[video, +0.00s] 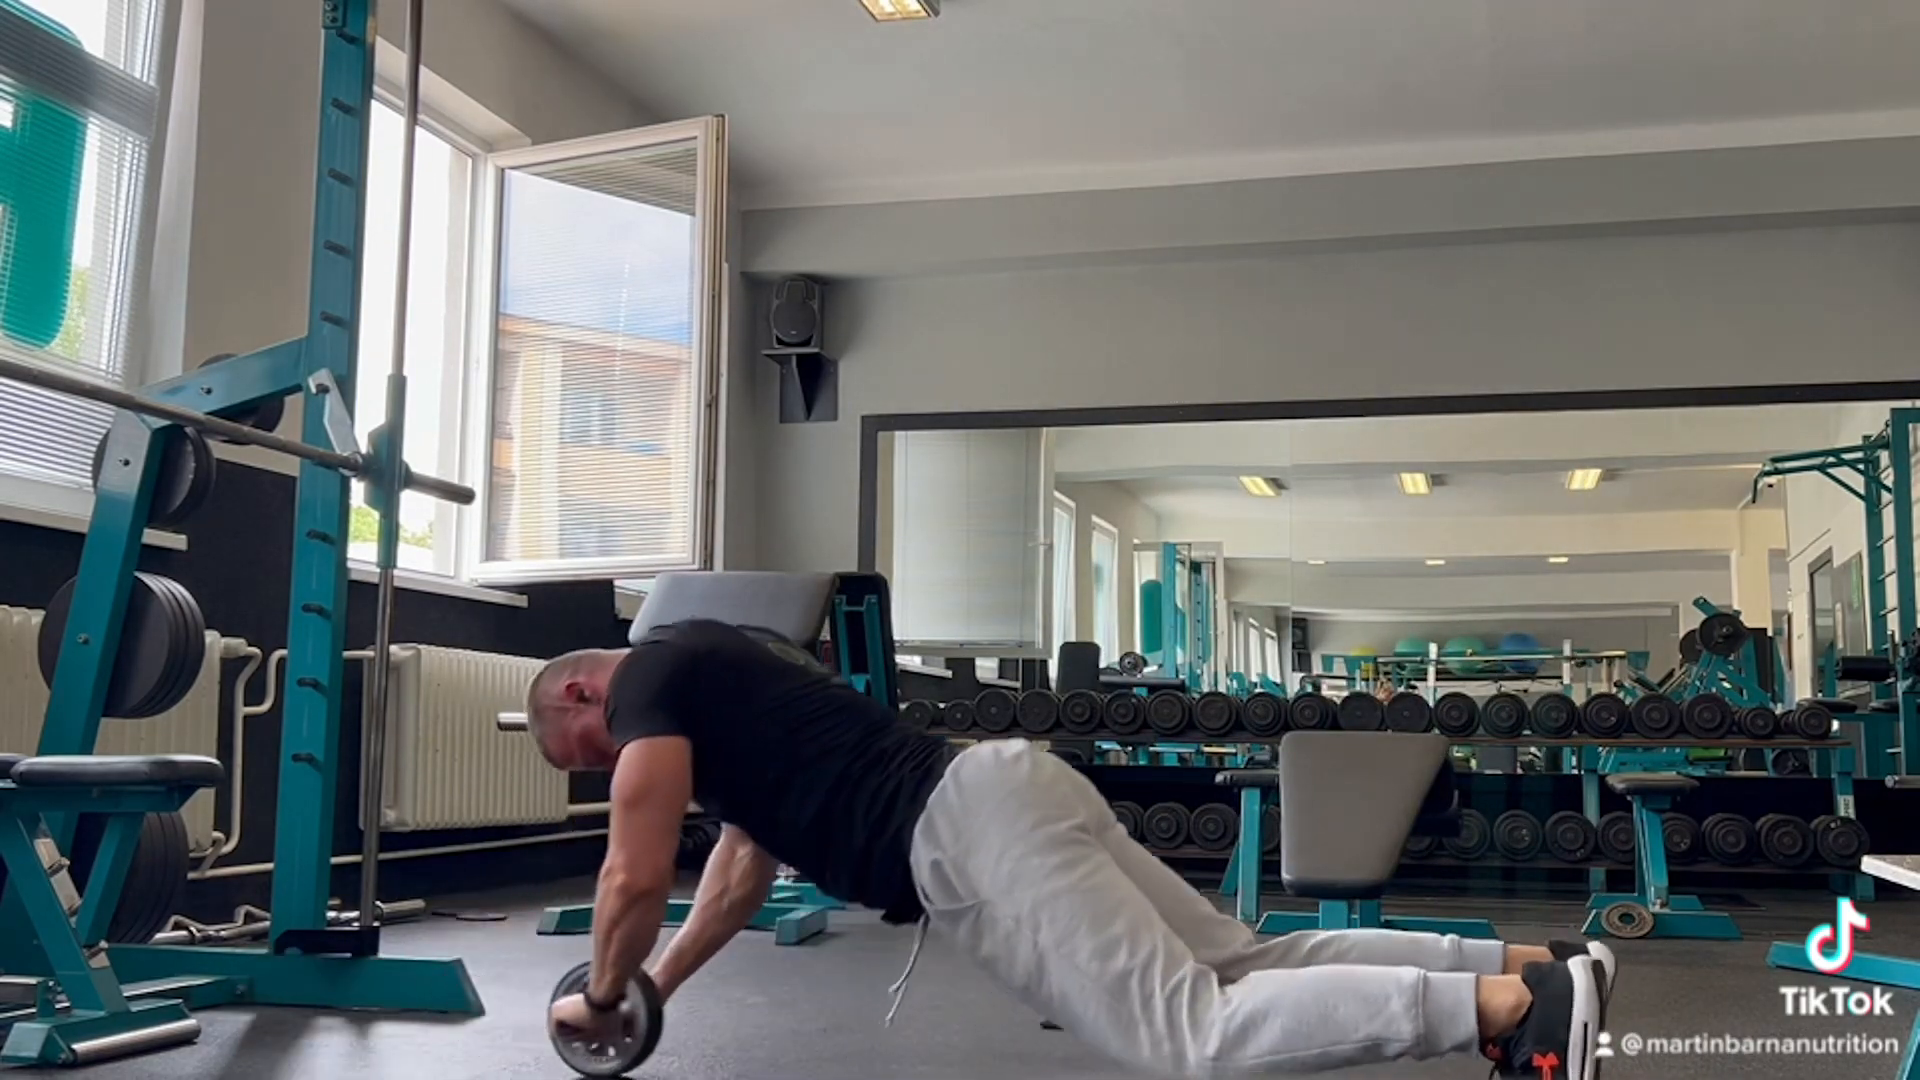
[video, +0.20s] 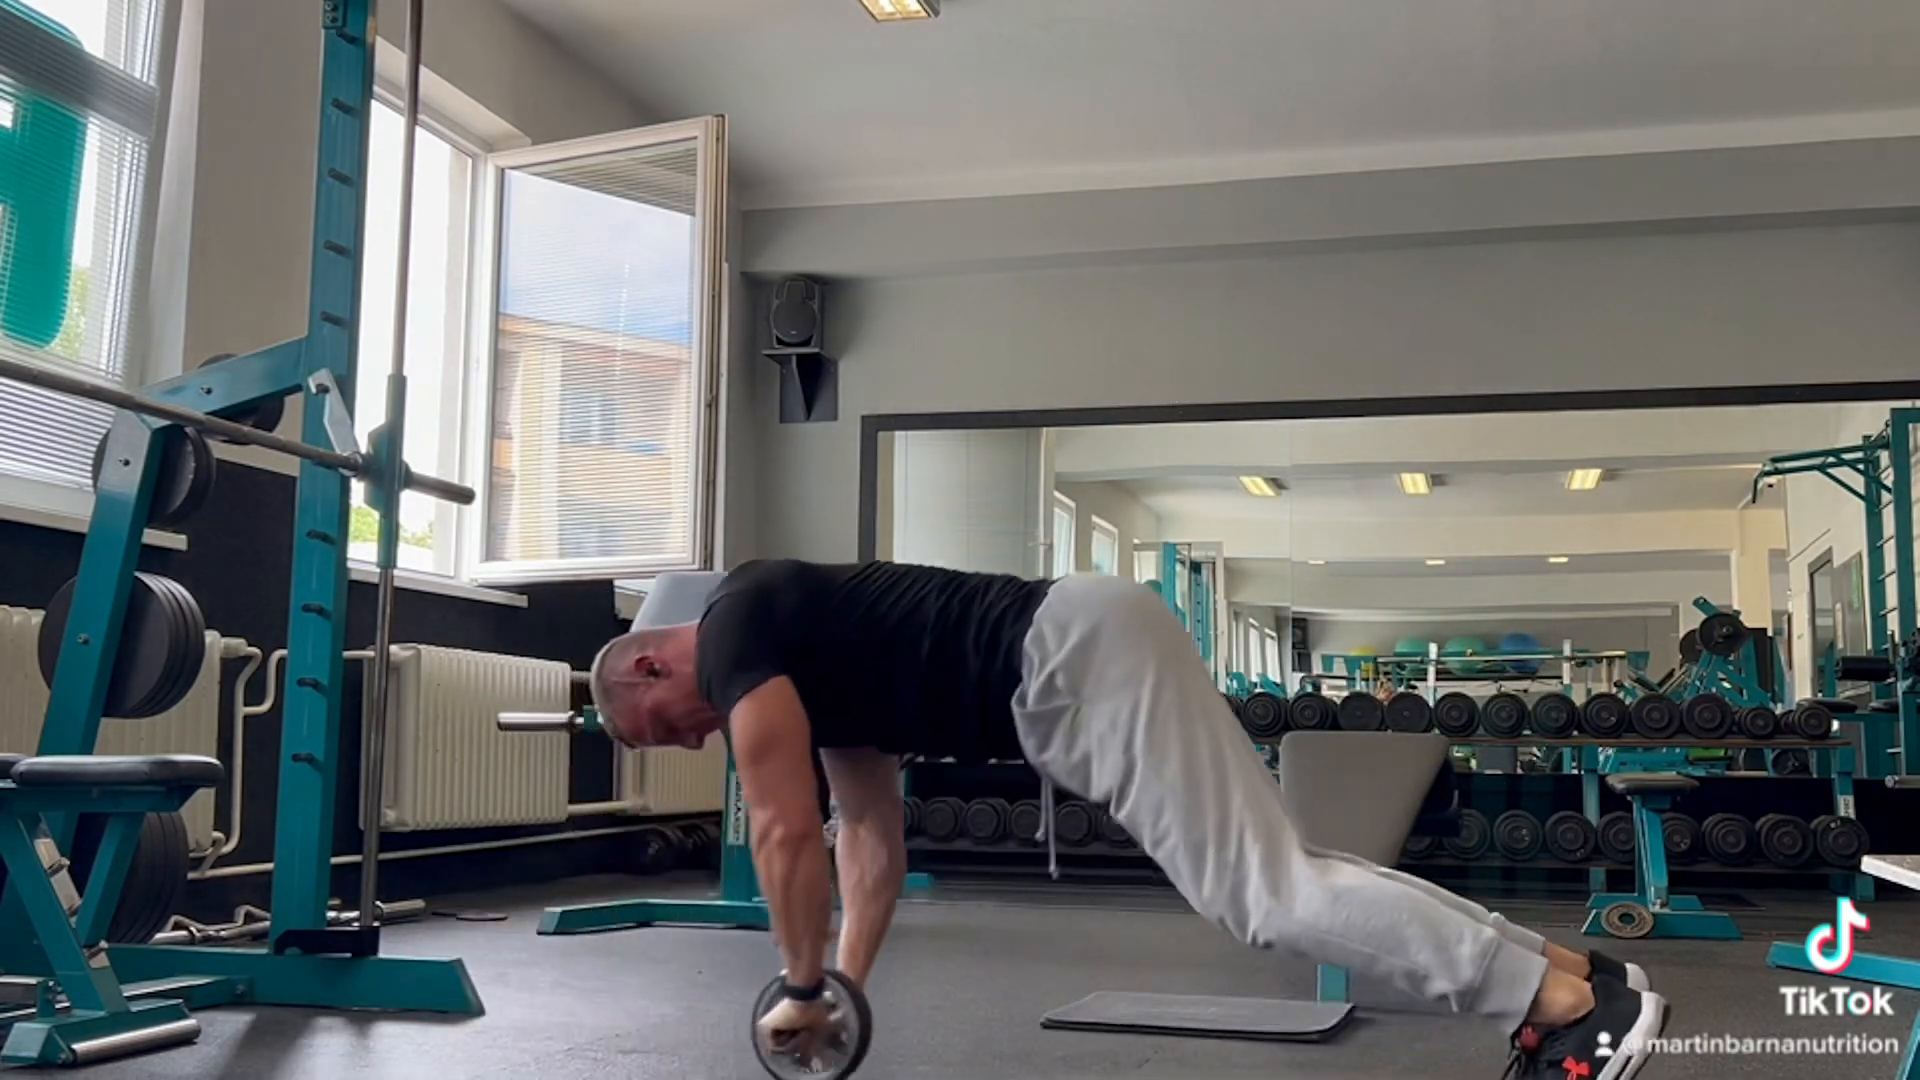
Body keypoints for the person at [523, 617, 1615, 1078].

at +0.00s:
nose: (592, 774)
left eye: (574, 752)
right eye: (582, 769)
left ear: (577, 690)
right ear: (608, 689)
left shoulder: (655, 671)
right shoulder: (720, 684)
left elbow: (636, 873)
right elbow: (728, 886)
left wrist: (604, 987)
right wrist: (641, 992)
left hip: (969, 817)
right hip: (1004, 786)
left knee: (1185, 1029)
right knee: (1240, 962)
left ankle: (1509, 1009)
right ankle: (1512, 978)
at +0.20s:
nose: (673, 737)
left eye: (653, 725)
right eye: (662, 741)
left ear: (645, 660)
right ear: (673, 671)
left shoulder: (736, 624)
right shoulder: (811, 661)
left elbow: (783, 819)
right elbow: (863, 833)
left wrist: (805, 976)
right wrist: (842, 984)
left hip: (1075, 648)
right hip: (1085, 656)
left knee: (1260, 892)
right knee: (1266, 881)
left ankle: (1563, 992)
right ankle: (1553, 980)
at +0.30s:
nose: (742, 747)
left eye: (716, 733)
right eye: (721, 744)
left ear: (713, 665)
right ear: (731, 665)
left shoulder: (809, 625)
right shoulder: (855, 639)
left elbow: (879, 830)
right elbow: (940, 834)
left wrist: (900, 985)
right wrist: (925, 980)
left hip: (1141, 579)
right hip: (1150, 579)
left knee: (1289, 831)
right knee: (1298, 825)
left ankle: (1563, 989)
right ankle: (1557, 979)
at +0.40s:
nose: (831, 755)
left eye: (799, 739)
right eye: (805, 747)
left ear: (800, 674)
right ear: (813, 660)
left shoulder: (902, 620)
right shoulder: (947, 629)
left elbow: (988, 832)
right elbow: (1049, 831)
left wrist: (1033, 989)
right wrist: (1061, 989)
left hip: (1214, 539)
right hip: (1224, 531)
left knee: (1332, 816)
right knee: (1339, 810)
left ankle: (1577, 1008)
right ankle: (1576, 992)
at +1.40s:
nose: (707, 662)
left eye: (699, 637)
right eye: (694, 645)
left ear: (740, 592)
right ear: (767, 581)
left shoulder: (820, 619)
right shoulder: (882, 626)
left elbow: (822, 838)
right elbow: (895, 836)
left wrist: (811, 997)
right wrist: (839, 984)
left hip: (1153, 582)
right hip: (1175, 573)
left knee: (1294, 862)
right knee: (1313, 846)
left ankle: (1576, 1013)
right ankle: (1575, 989)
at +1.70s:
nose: (536, 713)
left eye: (525, 688)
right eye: (525, 698)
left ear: (552, 636)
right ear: (585, 626)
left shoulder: (615, 661)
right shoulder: (688, 667)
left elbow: (580, 876)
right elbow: (677, 873)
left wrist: (539, 1002)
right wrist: (580, 991)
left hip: (931, 780)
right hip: (972, 746)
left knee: (1151, 979)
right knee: (1190, 918)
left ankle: (1464, 1001)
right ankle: (1477, 964)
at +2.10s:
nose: (465, 935)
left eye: (449, 921)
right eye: (461, 927)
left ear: (471, 865)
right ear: (514, 853)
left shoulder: (519, 849)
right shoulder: (611, 845)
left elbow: (397, 1009)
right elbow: (540, 978)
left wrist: (341, 1006)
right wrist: (413, 1004)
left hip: (870, 966)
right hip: (912, 896)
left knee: (1122, 1061)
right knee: (1159, 1003)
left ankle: (1416, 1025)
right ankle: (1448, 973)